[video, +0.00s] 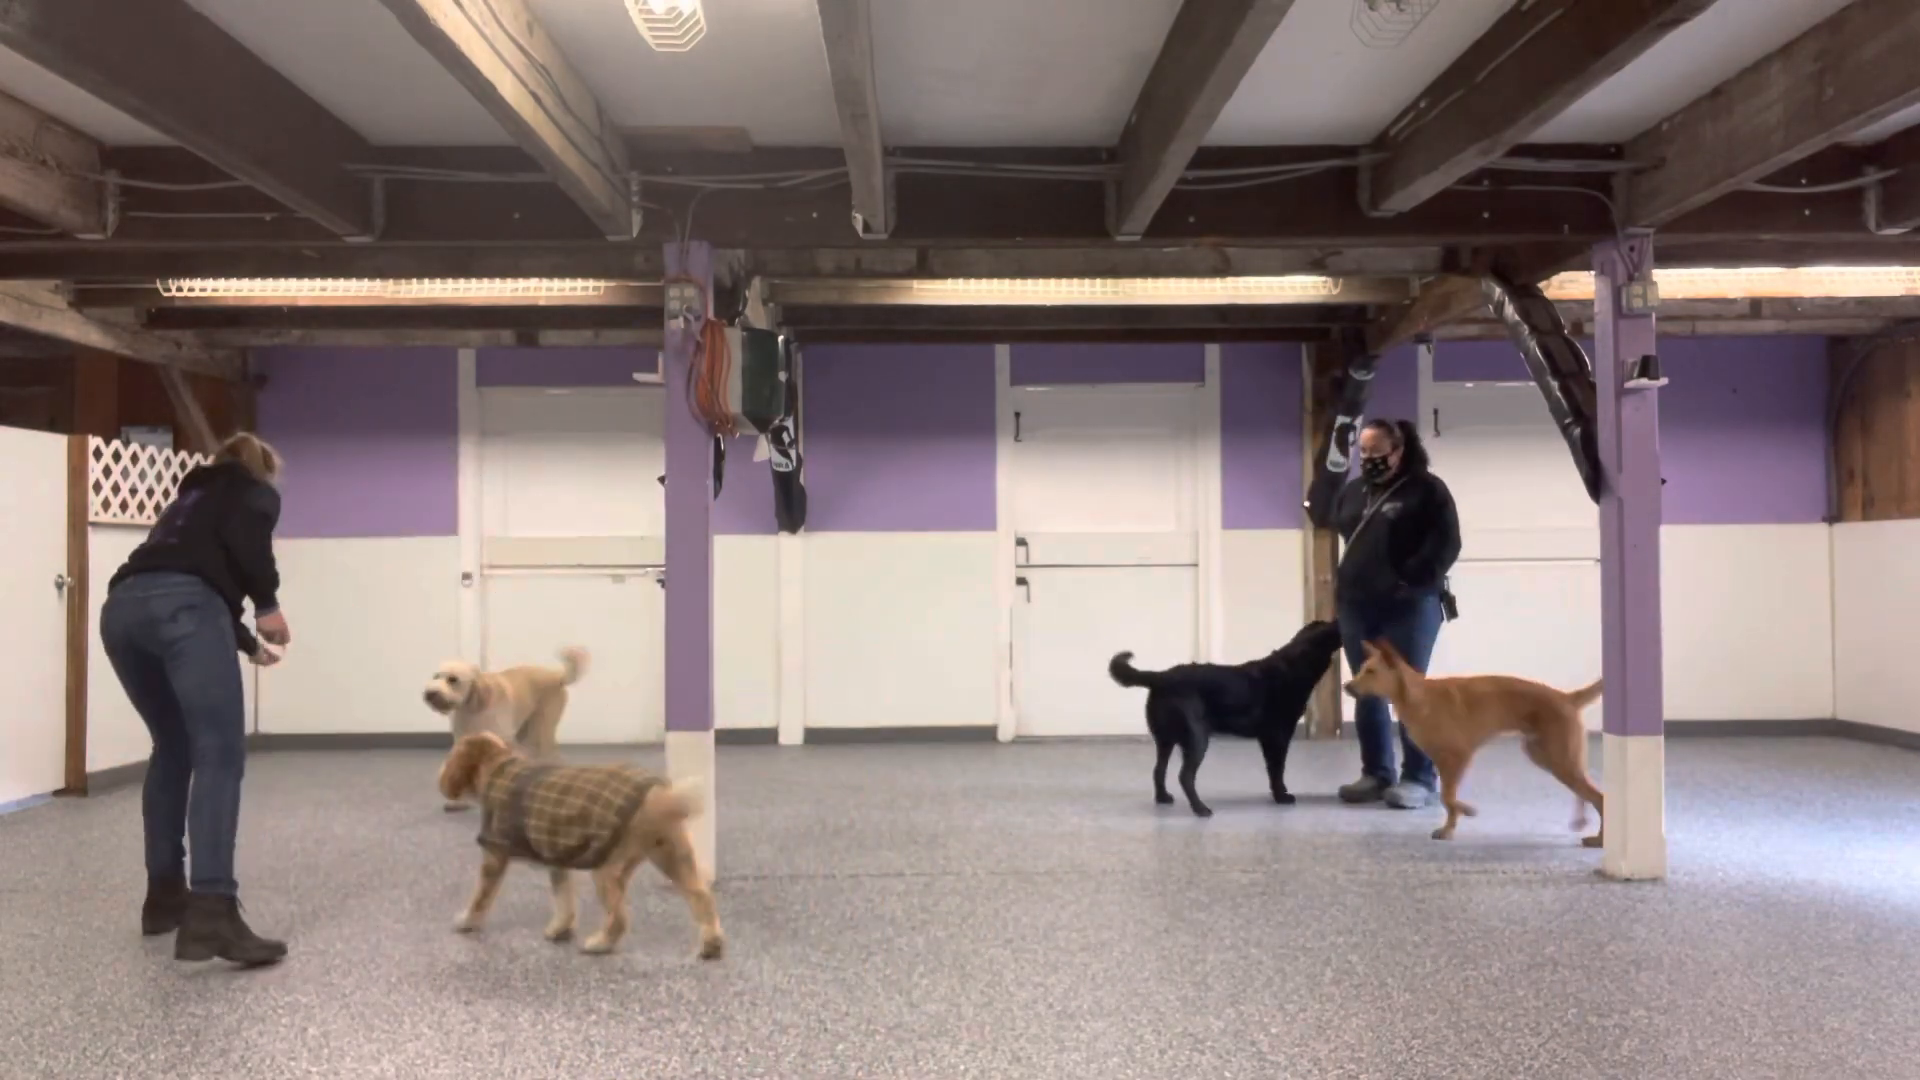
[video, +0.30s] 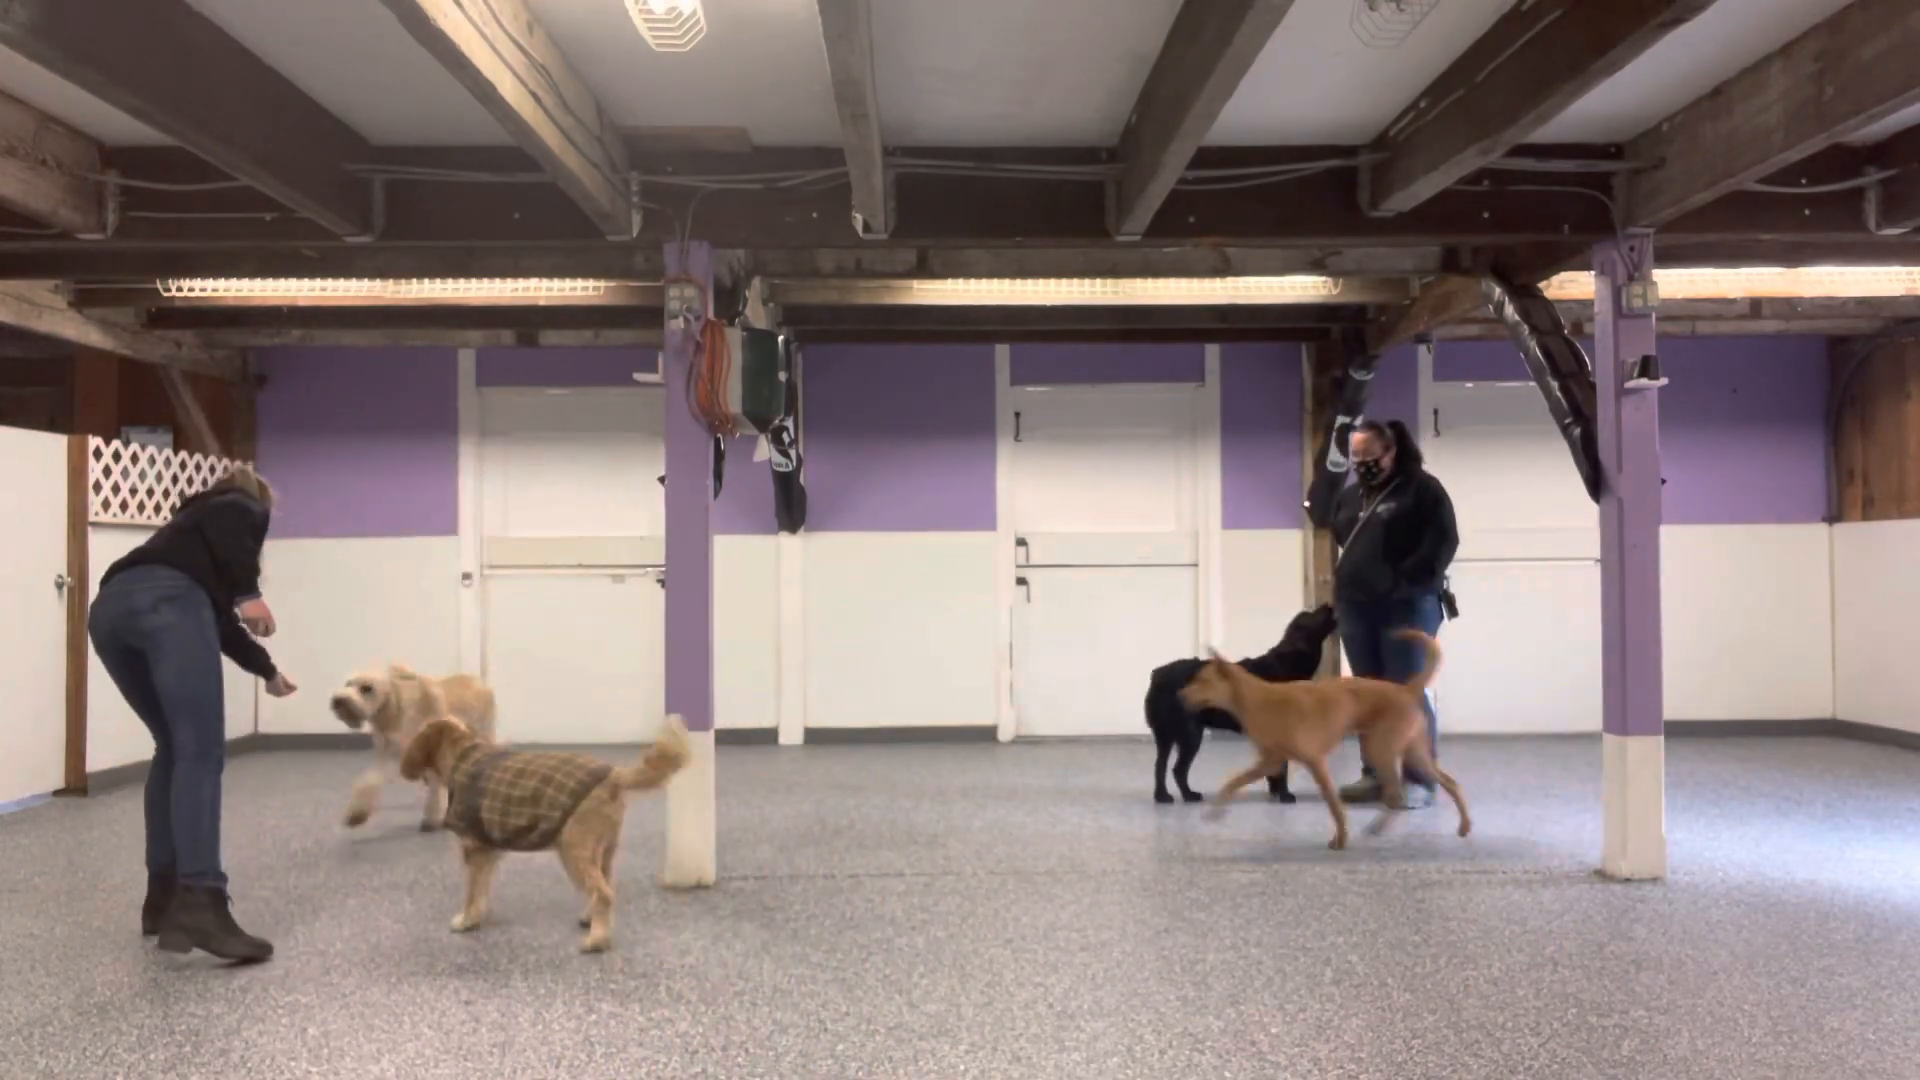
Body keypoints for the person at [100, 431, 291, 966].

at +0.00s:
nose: (275, 483)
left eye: (276, 475)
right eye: (274, 475)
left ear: (222, 463)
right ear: (265, 469)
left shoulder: (192, 493)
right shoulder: (257, 489)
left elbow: (200, 573)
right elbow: (248, 539)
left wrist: (244, 640)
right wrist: (269, 606)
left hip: (121, 606)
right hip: (187, 601)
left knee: (171, 747)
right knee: (220, 752)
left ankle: (164, 893)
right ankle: (211, 910)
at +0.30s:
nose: (270, 515)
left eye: (271, 509)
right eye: (269, 507)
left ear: (222, 489)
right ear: (257, 494)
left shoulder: (193, 525)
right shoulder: (242, 501)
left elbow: (219, 619)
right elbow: (231, 525)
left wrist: (268, 671)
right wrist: (248, 593)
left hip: (107, 611)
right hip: (167, 598)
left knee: (171, 748)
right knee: (200, 750)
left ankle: (165, 895)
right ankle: (200, 901)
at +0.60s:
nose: (268, 528)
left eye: (269, 522)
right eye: (269, 519)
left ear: (232, 493)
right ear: (261, 504)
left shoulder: (201, 533)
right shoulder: (244, 503)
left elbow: (225, 628)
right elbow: (231, 525)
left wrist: (270, 684)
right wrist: (250, 593)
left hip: (108, 610)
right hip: (165, 594)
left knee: (174, 748)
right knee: (198, 748)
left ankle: (165, 895)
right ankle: (198, 900)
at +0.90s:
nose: (282, 509)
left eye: (283, 501)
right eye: (280, 498)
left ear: (231, 480)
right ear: (261, 485)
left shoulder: (199, 511)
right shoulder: (244, 497)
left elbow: (210, 614)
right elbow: (235, 526)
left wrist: (254, 670)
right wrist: (259, 592)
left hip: (110, 608)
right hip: (166, 597)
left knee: (176, 746)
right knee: (198, 749)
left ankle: (166, 897)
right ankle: (191, 908)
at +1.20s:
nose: (278, 477)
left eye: (281, 469)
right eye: (277, 467)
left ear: (227, 449)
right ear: (257, 453)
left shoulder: (194, 481)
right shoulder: (238, 473)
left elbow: (188, 570)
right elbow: (216, 526)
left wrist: (210, 644)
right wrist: (251, 591)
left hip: (115, 606)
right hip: (160, 602)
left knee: (185, 751)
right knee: (192, 755)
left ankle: (165, 895)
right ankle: (158, 923)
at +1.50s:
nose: (274, 419)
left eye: (279, 409)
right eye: (272, 406)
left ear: (251, 395)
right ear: (246, 390)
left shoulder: (226, 445)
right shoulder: (203, 431)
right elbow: (137, 508)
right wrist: (155, 592)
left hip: (167, 616)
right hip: (151, 616)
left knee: (206, 761)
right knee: (199, 773)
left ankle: (183, 888)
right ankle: (135, 944)